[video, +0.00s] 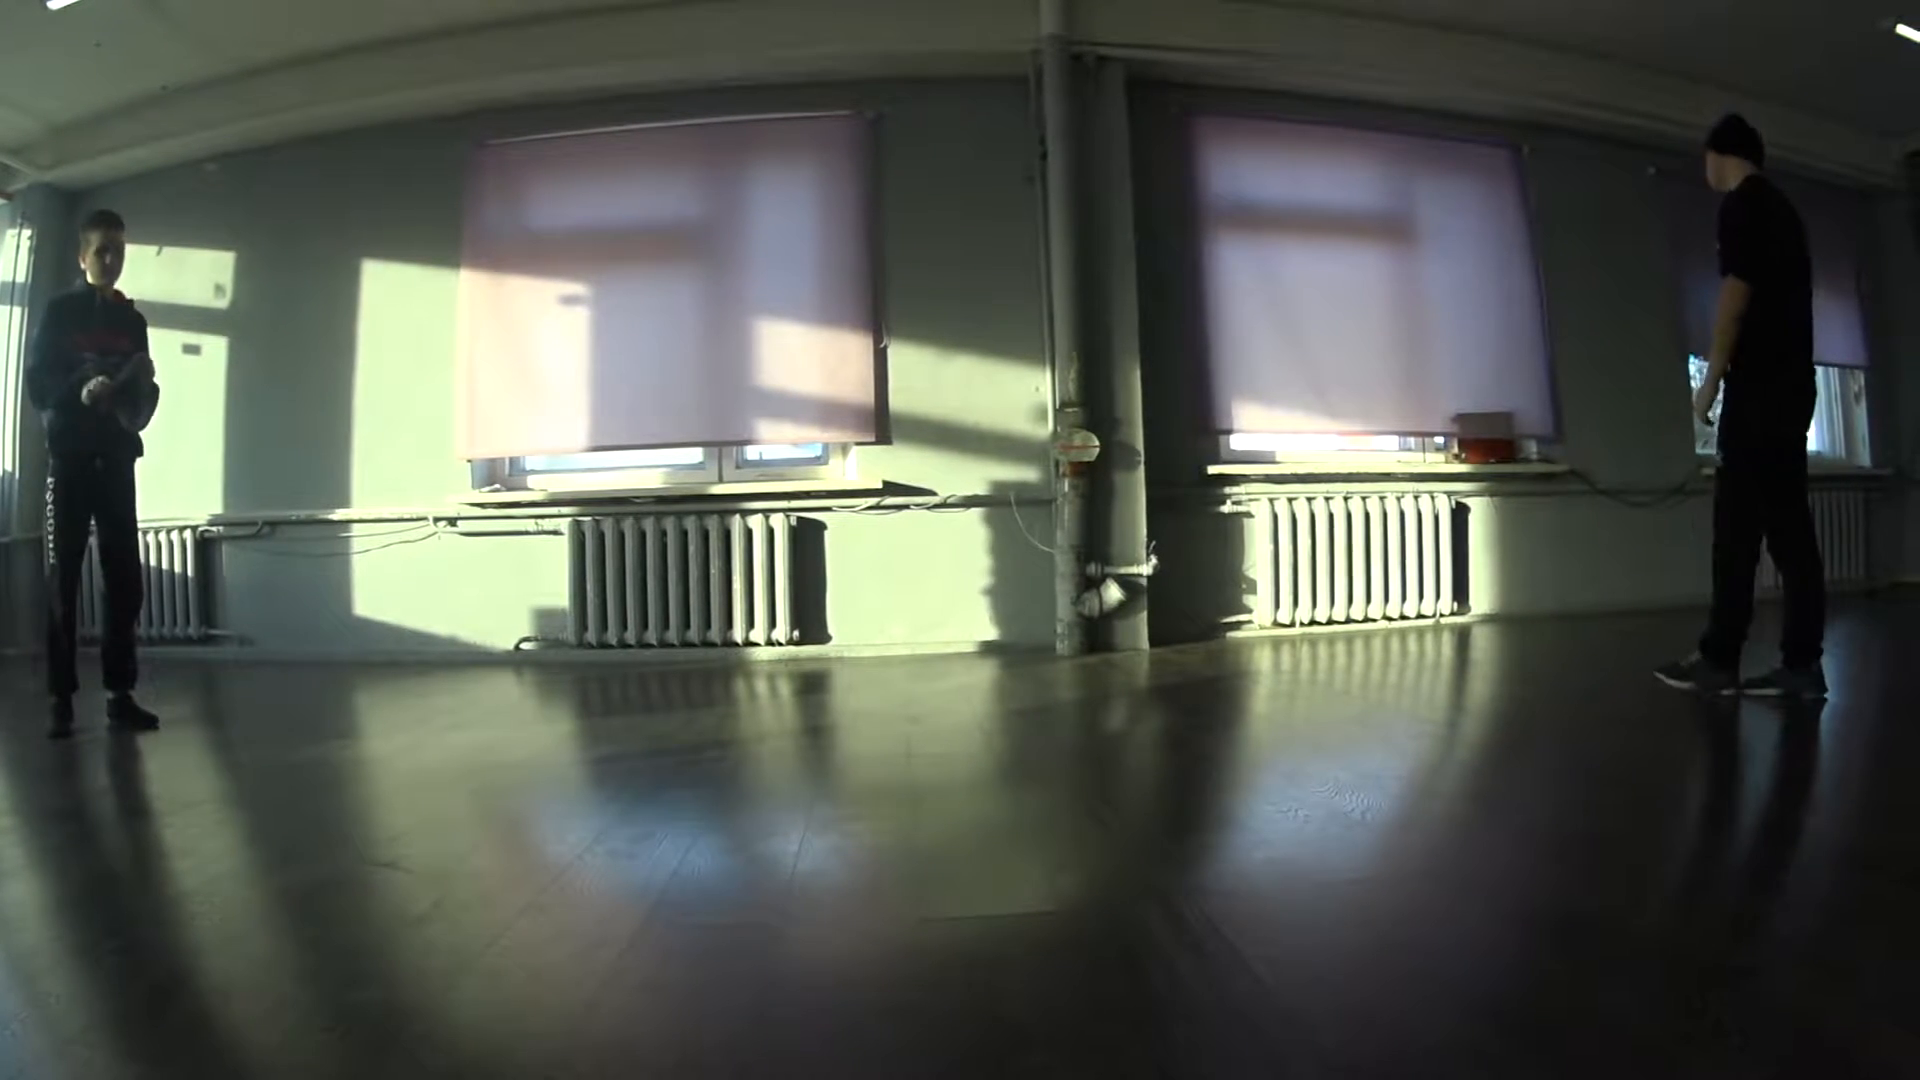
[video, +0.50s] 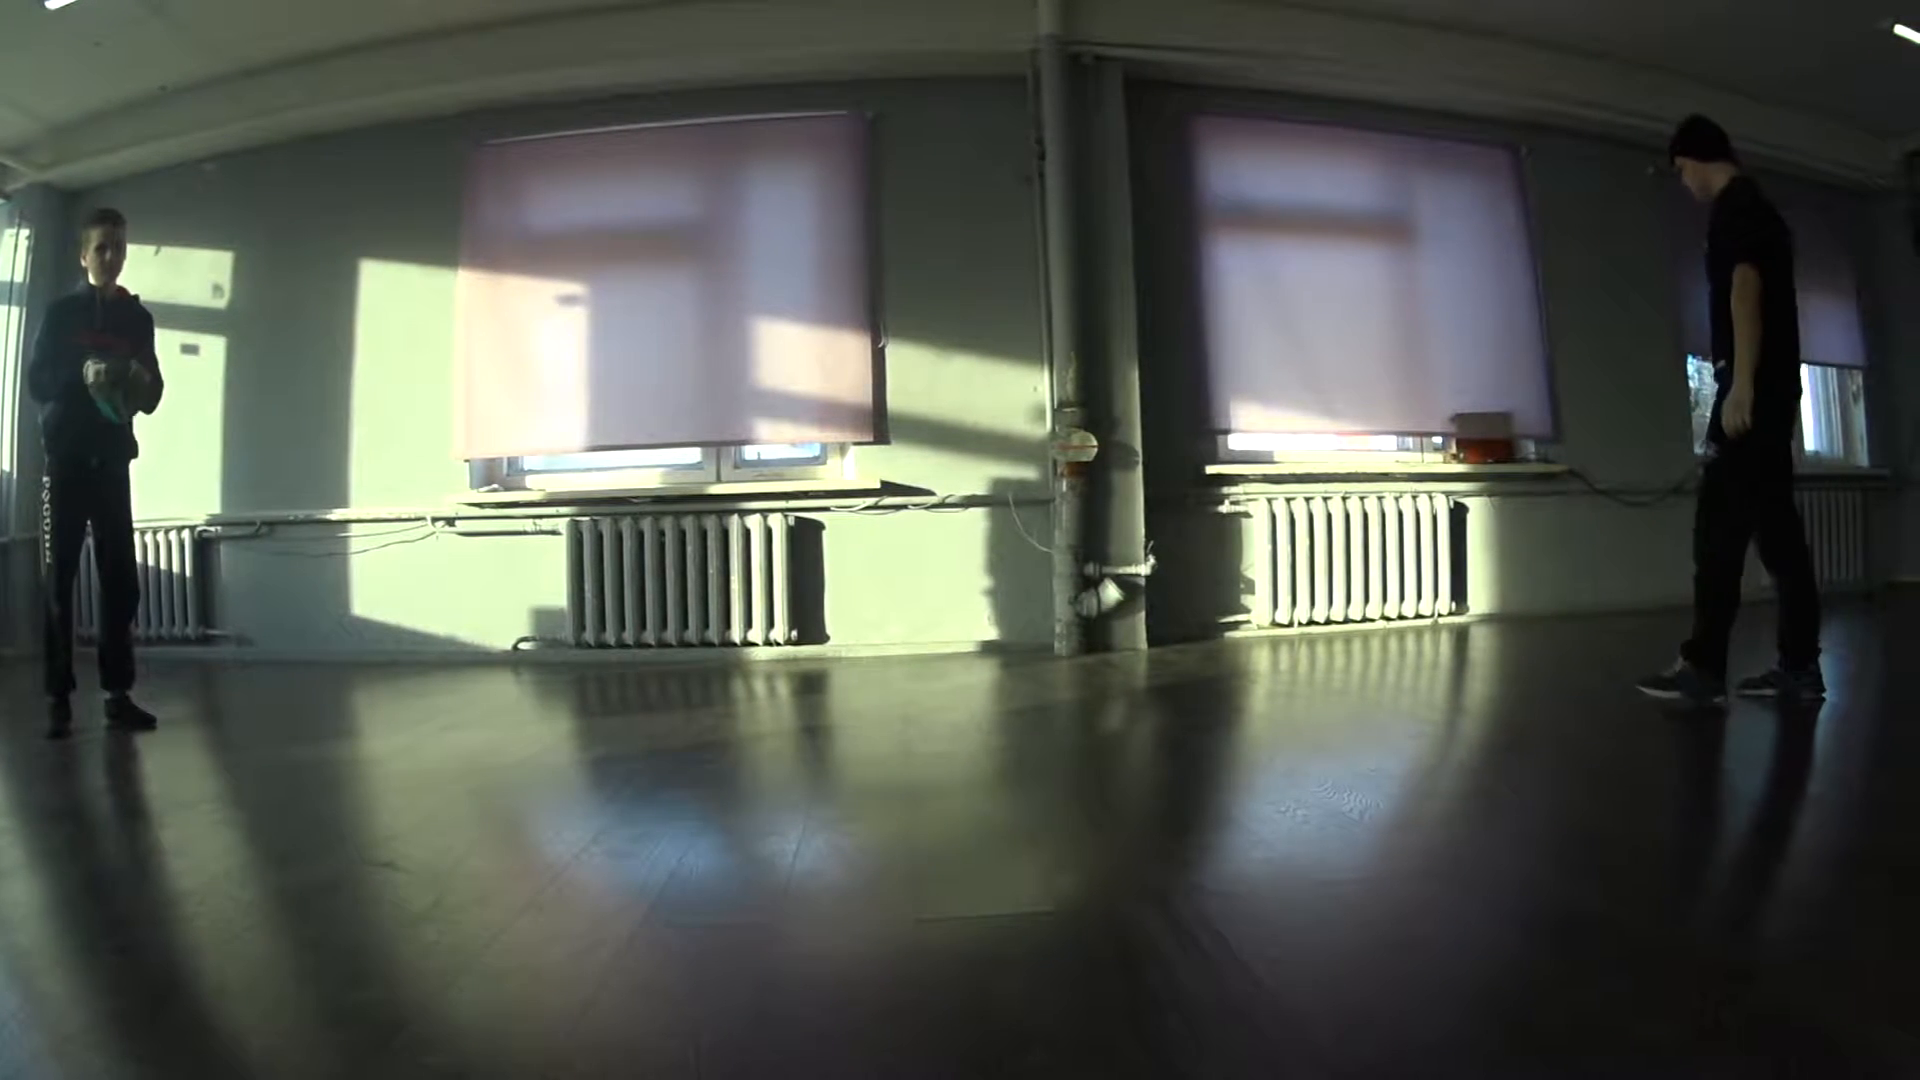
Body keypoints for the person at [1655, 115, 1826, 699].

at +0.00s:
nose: (1707, 172)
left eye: (1709, 161)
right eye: (1708, 161)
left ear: (1725, 158)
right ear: (1755, 157)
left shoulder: (1742, 206)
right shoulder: (1779, 207)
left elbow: (1736, 295)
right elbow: (1782, 307)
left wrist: (1711, 379)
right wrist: (1737, 373)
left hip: (1757, 387)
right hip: (1791, 387)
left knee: (1736, 525)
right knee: (1790, 525)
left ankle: (1718, 659)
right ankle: (1803, 665)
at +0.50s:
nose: (1683, 184)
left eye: (1682, 172)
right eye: (1680, 174)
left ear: (1695, 162)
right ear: (1722, 155)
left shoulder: (1736, 211)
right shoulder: (1754, 209)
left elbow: (1746, 300)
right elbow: (1759, 307)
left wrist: (1741, 386)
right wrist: (1746, 385)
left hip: (1749, 394)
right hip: (1770, 393)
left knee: (1718, 532)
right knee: (1781, 533)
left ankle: (1703, 669)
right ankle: (1800, 666)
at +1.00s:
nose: (1632, 152)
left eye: (1636, 139)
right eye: (1629, 141)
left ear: (1665, 136)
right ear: (1666, 138)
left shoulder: (1696, 194)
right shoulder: (1685, 194)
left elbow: (1706, 287)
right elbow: (1688, 298)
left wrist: (1684, 385)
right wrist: (1668, 377)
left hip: (1721, 380)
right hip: (1716, 379)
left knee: (1712, 527)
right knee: (1746, 519)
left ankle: (1709, 675)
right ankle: (1795, 658)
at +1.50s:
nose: (1541, 159)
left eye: (1545, 144)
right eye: (1535, 150)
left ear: (1574, 133)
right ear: (1559, 145)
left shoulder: (1622, 189)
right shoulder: (1596, 199)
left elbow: (1655, 281)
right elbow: (1618, 297)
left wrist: (1653, 384)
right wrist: (1608, 383)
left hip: (1639, 388)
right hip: (1610, 390)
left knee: (1676, 538)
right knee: (1563, 519)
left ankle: (1709, 678)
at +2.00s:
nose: (1331, 158)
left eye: (1337, 143)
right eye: (1325, 149)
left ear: (1370, 132)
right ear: (1336, 152)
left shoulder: (1435, 185)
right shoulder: (1365, 213)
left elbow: (1480, 280)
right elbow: (1379, 307)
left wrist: (1436, 369)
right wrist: (1379, 382)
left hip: (1473, 386)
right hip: (1412, 393)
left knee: (1514, 525)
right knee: (1412, 542)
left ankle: (1602, 639)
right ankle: (1423, 691)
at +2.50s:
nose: (1175, 174)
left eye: (1176, 159)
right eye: (1169, 166)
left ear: (1205, 145)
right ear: (1202, 153)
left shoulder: (1262, 191)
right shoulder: (1235, 211)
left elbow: (1280, 274)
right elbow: (1257, 306)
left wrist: (1205, 339)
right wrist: (1226, 383)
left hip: (1289, 397)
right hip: (1238, 402)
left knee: (1325, 532)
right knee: (1210, 540)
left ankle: (1371, 658)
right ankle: (1194, 688)